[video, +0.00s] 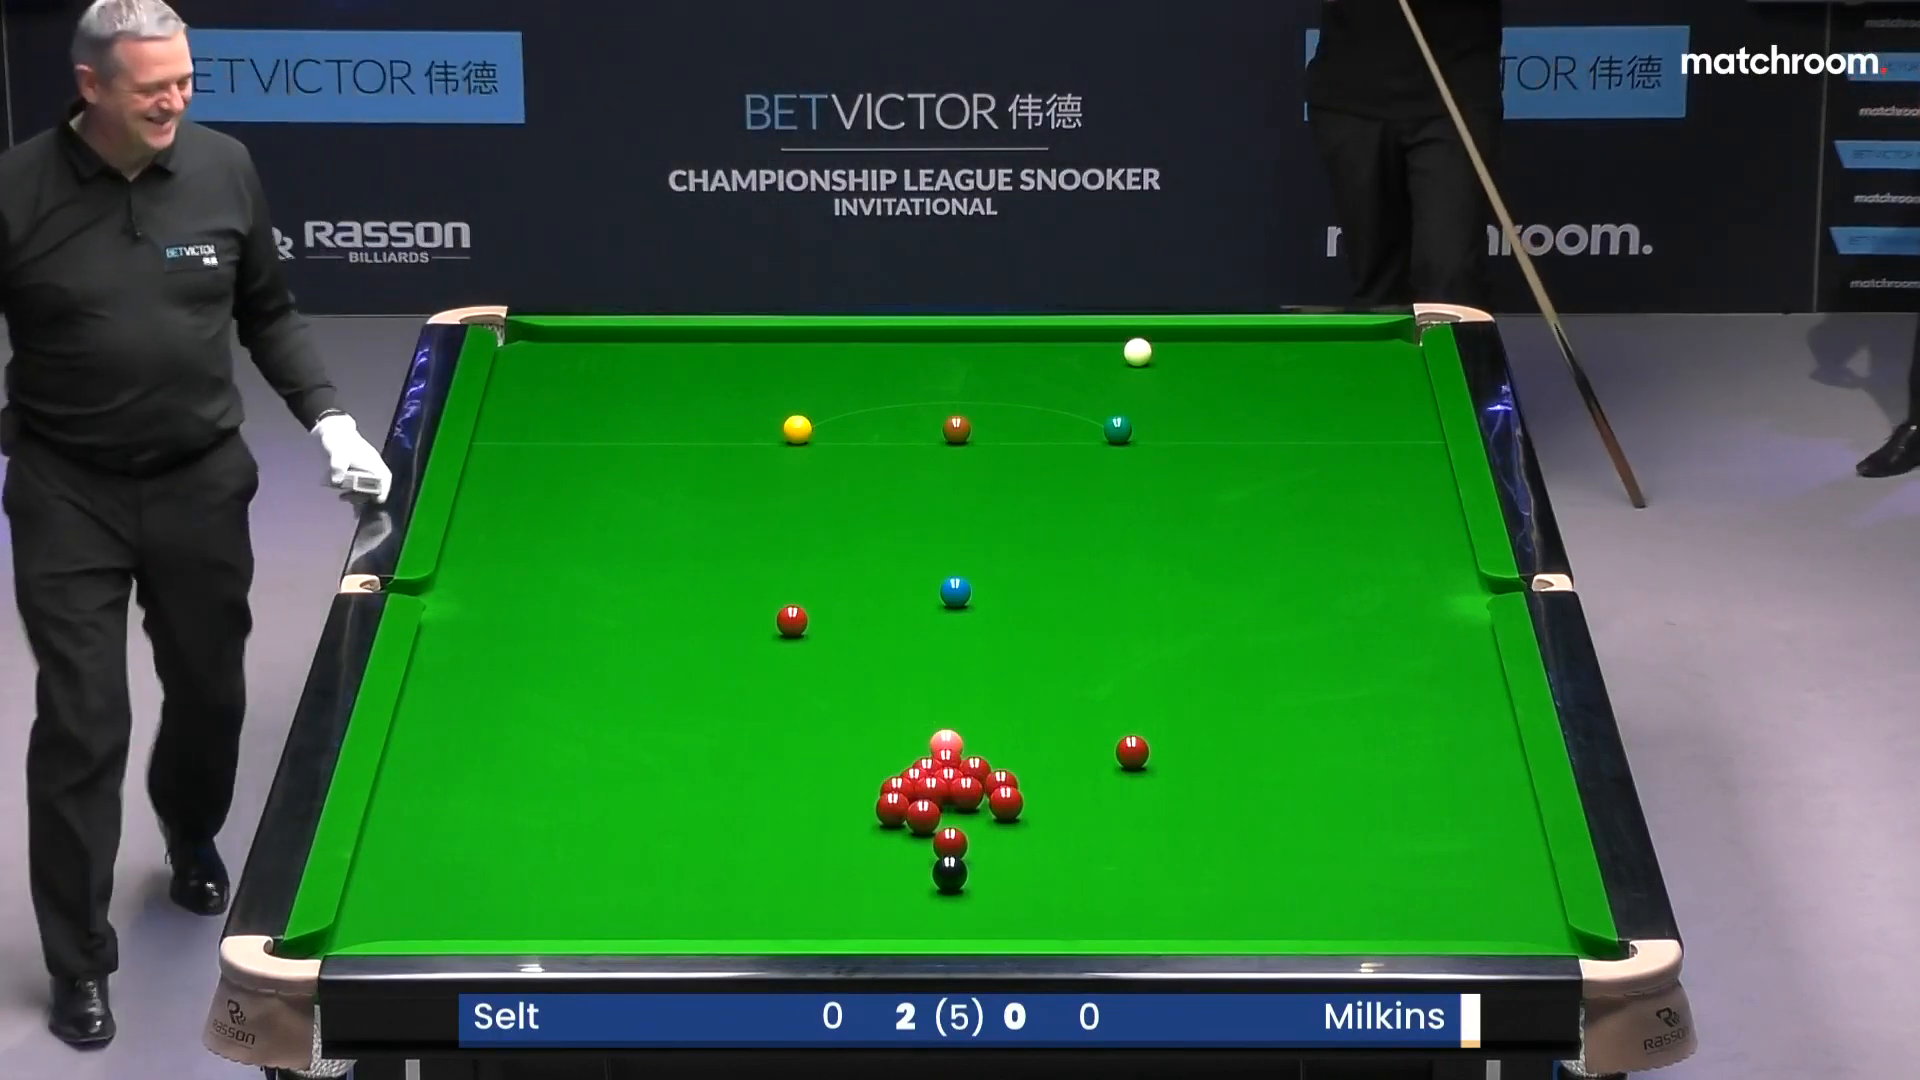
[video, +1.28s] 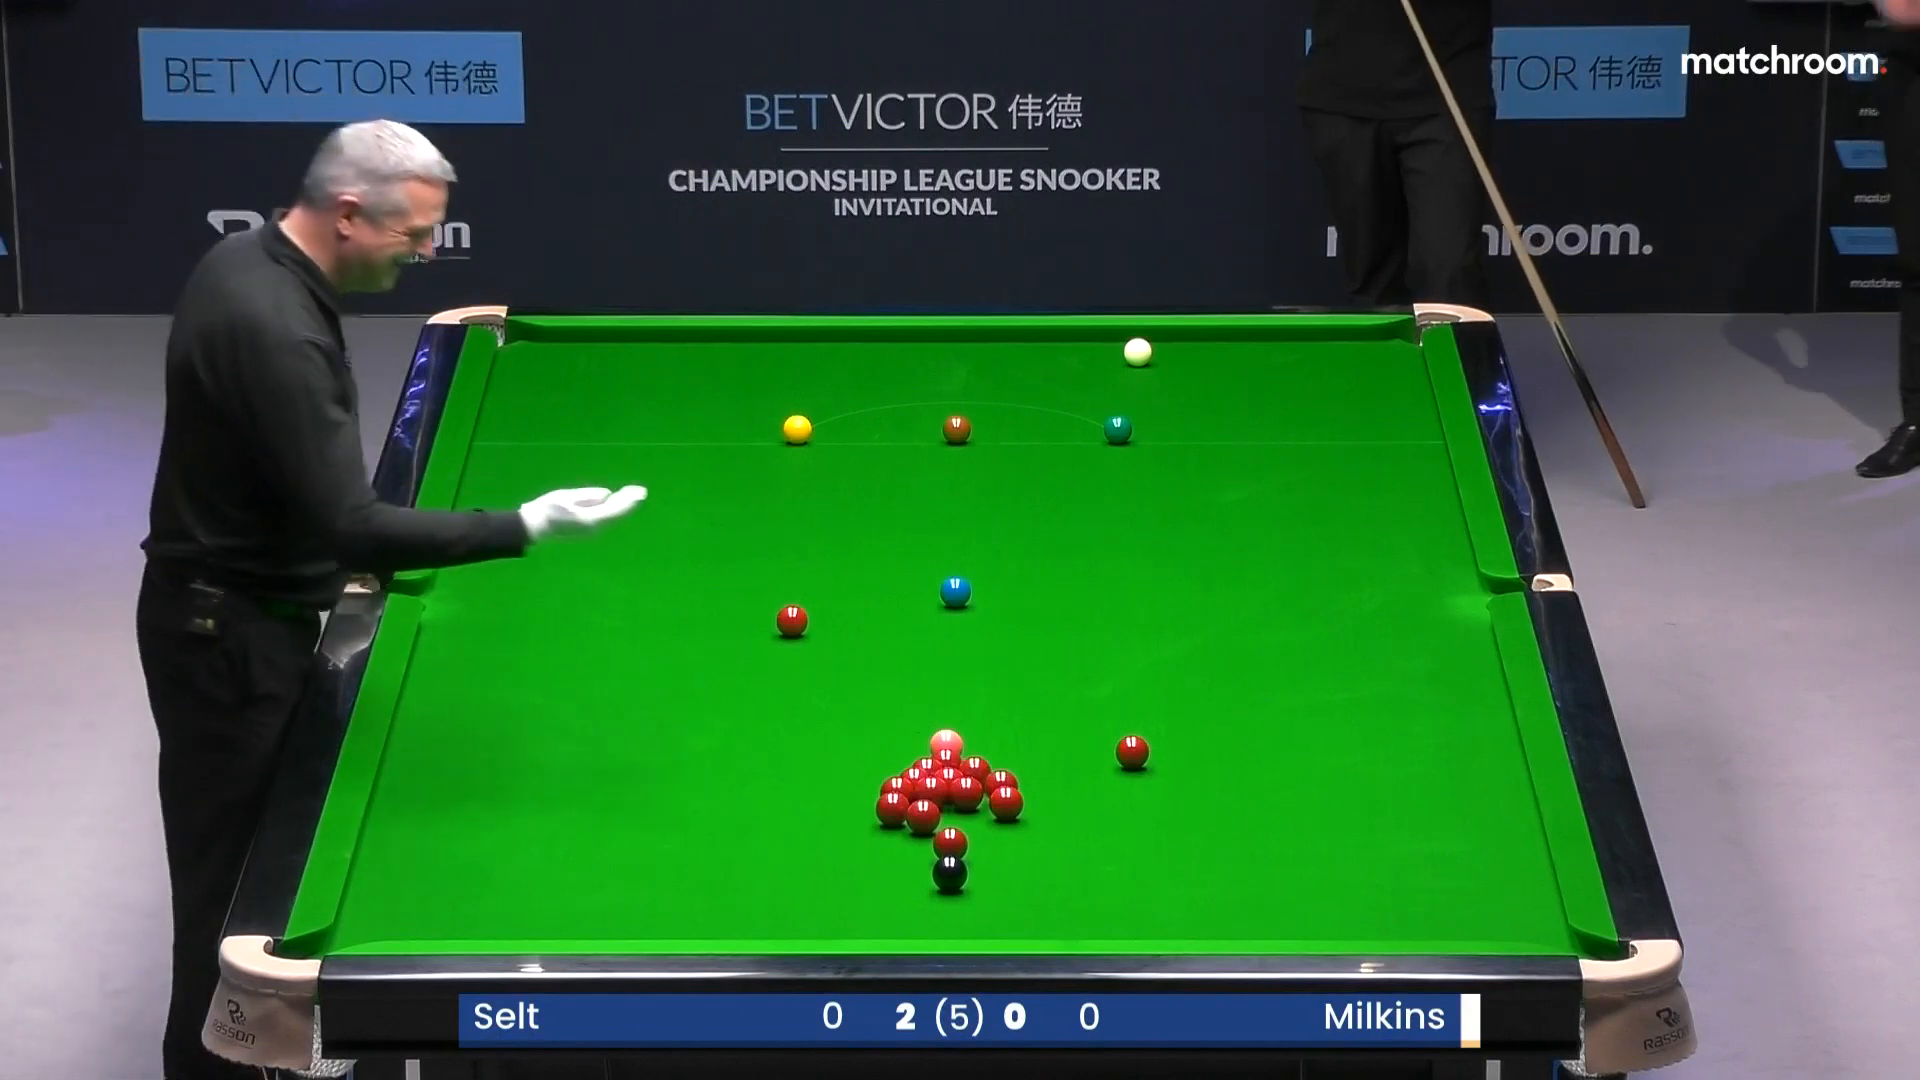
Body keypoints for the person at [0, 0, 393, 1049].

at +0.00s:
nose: (173, 105)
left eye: (182, 84)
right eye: (151, 91)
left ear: (192, 70)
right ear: (89, 84)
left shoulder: (222, 169)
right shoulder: (18, 189)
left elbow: (269, 311)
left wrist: (330, 417)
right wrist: (0, 457)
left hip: (200, 483)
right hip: (63, 486)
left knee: (212, 695)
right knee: (83, 722)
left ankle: (190, 831)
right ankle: (78, 960)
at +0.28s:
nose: (184, 126)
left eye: (192, 106)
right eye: (164, 112)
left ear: (196, 96)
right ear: (96, 107)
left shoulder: (207, 182)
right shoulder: (18, 214)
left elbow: (248, 331)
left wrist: (324, 445)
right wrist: (17, 494)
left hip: (193, 514)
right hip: (55, 533)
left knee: (232, 723)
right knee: (63, 760)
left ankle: (175, 919)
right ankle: (76, 959)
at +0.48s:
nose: (222, 166)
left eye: (230, 146)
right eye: (204, 149)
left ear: (227, 135)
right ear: (131, 142)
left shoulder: (228, 221)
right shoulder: (50, 249)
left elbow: (248, 363)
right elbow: (18, 426)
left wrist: (322, 460)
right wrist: (133, 481)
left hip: (211, 556)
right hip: (77, 565)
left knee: (206, 802)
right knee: (75, 784)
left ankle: (212, 1031)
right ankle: (81, 973)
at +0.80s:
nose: (303, 192)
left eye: (308, 172)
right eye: (287, 175)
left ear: (236, 167)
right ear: (215, 164)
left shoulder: (257, 250)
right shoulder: (120, 271)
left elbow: (262, 416)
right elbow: (131, 461)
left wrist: (337, 491)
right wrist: (288, 482)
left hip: (264, 578)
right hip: (158, 593)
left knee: (258, 825)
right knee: (204, 821)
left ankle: (228, 1048)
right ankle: (102, 974)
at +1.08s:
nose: (361, 230)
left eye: (368, 210)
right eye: (348, 210)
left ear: (285, 193)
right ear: (280, 192)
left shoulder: (250, 269)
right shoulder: (200, 311)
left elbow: (276, 449)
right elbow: (248, 506)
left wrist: (344, 544)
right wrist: (417, 514)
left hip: (258, 602)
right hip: (213, 619)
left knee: (269, 842)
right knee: (227, 861)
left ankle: (253, 1049)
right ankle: (211, 1058)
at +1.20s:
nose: (398, 243)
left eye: (404, 223)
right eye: (386, 223)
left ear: (318, 203)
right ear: (317, 204)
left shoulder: (261, 264)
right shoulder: (242, 317)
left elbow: (301, 442)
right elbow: (305, 518)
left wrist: (342, 548)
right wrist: (482, 520)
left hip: (253, 603)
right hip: (219, 622)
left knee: (258, 849)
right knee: (228, 865)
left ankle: (245, 1048)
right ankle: (211, 1058)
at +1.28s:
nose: (423, 253)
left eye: (430, 233)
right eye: (413, 234)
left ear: (341, 212)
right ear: (346, 215)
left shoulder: (250, 261)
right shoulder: (279, 333)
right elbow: (349, 525)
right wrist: (524, 524)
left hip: (215, 607)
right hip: (228, 632)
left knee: (243, 863)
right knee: (234, 880)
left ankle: (230, 1052)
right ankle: (206, 1061)